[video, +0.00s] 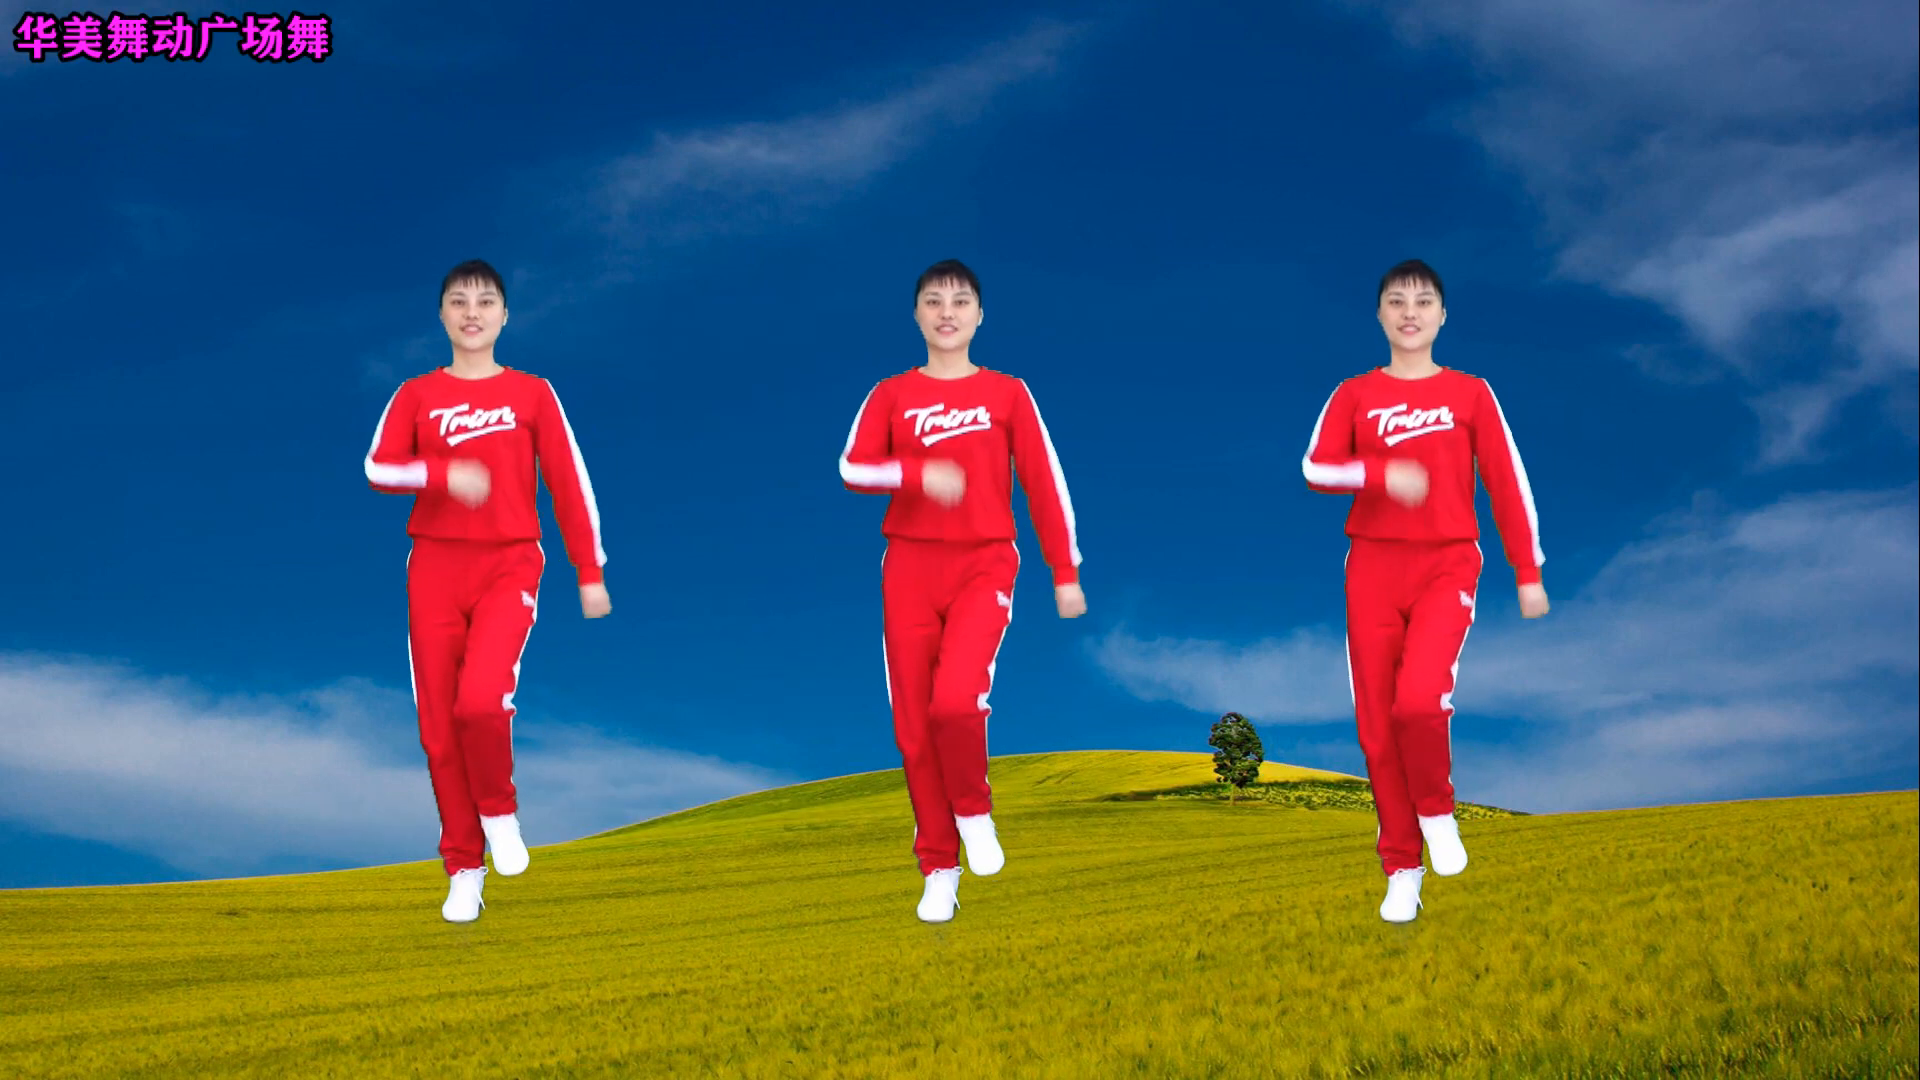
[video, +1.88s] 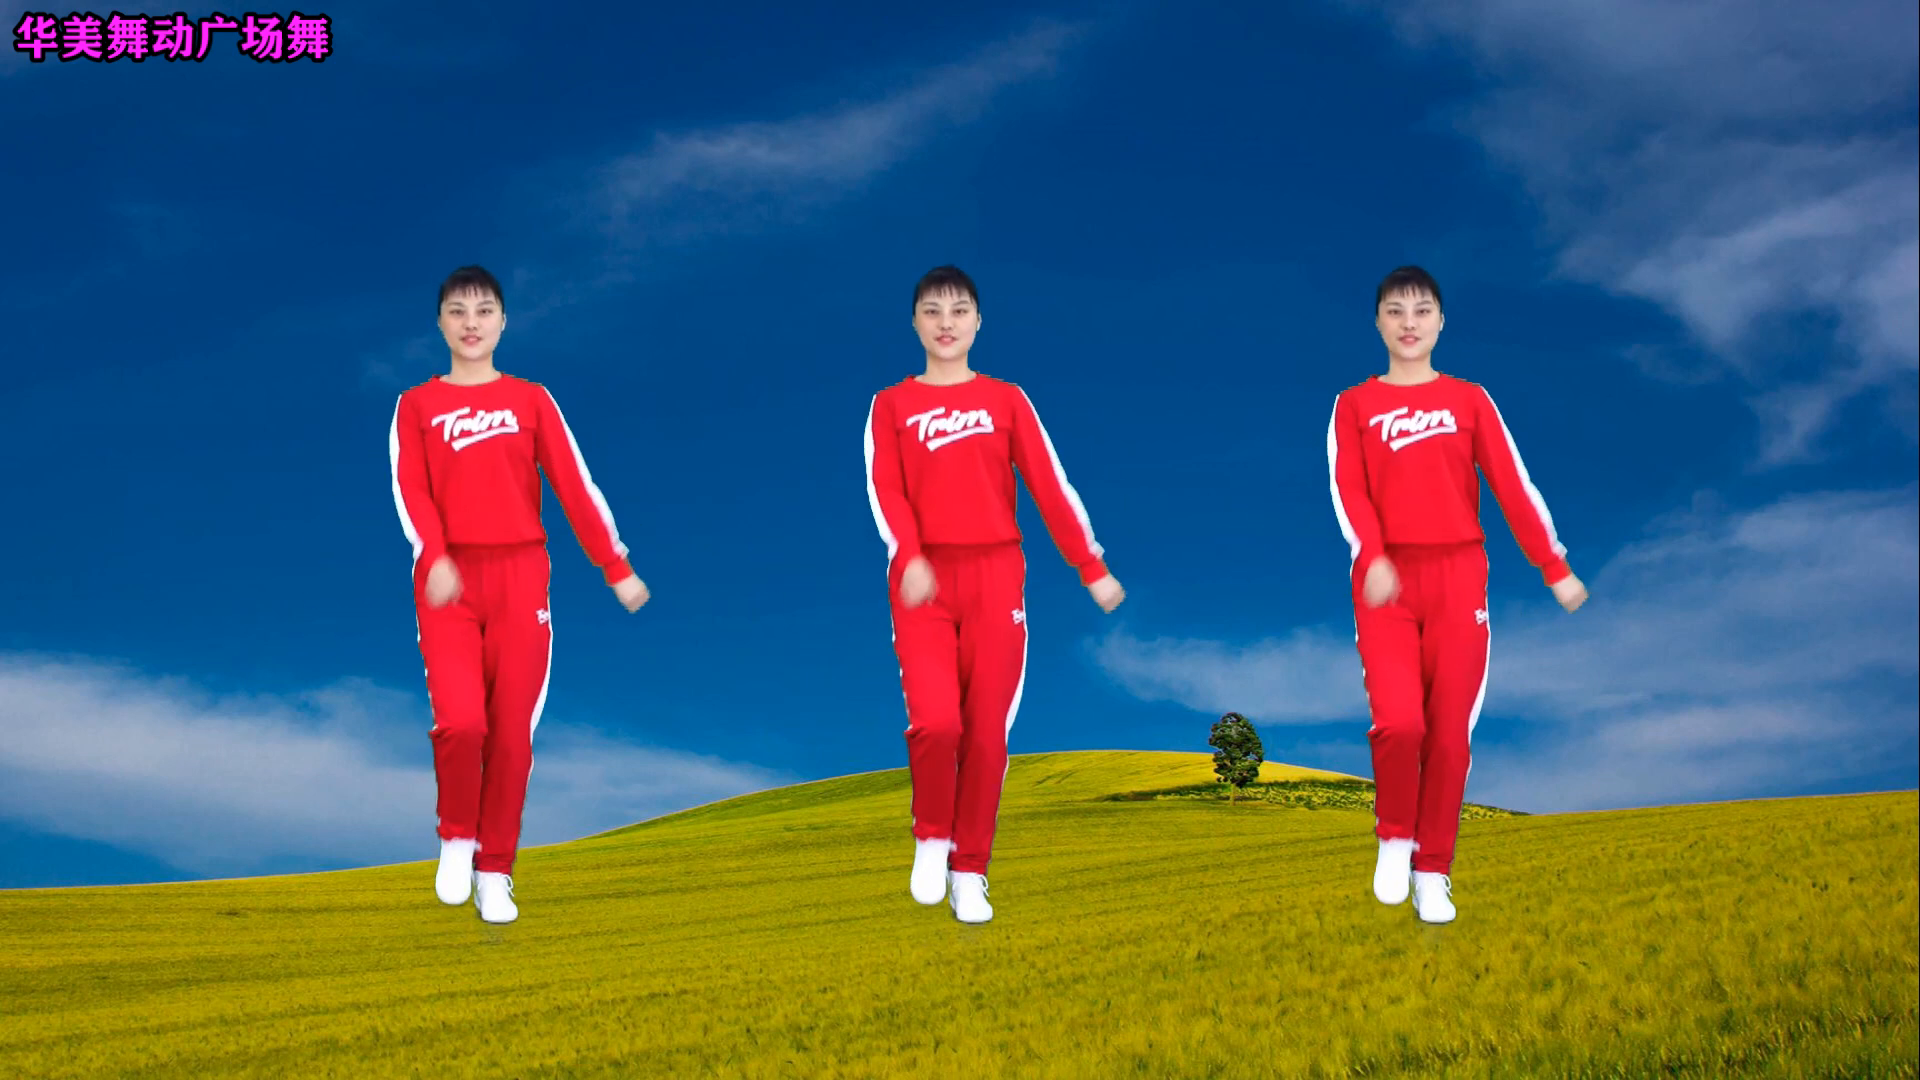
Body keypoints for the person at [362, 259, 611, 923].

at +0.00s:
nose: (473, 312)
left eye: (485, 302)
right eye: (460, 303)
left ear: (503, 314)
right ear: (443, 316)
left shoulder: (533, 393)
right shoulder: (414, 396)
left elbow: (570, 482)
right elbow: (378, 469)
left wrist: (590, 572)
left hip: (510, 568)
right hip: (435, 568)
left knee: (479, 706)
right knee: (436, 726)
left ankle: (498, 811)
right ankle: (463, 864)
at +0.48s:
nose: (480, 318)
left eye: (493, 308)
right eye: (468, 309)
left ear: (511, 321)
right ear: (450, 322)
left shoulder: (541, 399)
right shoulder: (426, 403)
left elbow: (580, 488)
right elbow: (418, 489)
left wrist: (616, 573)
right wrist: (442, 557)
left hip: (531, 574)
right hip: (456, 574)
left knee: (523, 725)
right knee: (470, 721)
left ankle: (507, 868)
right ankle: (469, 841)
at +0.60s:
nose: (482, 325)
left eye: (494, 315)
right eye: (469, 317)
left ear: (513, 328)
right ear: (453, 332)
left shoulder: (544, 409)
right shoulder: (429, 411)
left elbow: (559, 500)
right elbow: (410, 507)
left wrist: (545, 574)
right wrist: (399, 596)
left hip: (532, 582)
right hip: (457, 582)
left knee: (533, 727)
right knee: (487, 703)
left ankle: (507, 868)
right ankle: (474, 807)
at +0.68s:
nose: (482, 314)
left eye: (493, 304)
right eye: (469, 306)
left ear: (512, 316)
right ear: (453, 321)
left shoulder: (543, 393)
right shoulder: (428, 401)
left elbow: (566, 470)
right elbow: (391, 488)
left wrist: (515, 496)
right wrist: (366, 572)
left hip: (532, 572)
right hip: (457, 571)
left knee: (528, 718)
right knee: (487, 695)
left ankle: (509, 867)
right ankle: (477, 808)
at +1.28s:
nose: (465, 328)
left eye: (478, 318)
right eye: (453, 318)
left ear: (495, 330)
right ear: (436, 329)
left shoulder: (523, 407)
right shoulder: (408, 411)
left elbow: (531, 501)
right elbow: (392, 498)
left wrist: (527, 585)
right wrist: (410, 570)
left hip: (497, 583)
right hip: (426, 584)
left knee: (471, 716)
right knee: (424, 735)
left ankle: (492, 810)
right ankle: (452, 867)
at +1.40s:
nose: (464, 310)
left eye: (477, 300)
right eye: (452, 300)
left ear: (494, 312)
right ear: (434, 312)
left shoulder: (522, 390)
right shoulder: (404, 393)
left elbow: (561, 478)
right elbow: (367, 472)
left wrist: (580, 566)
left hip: (499, 566)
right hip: (424, 568)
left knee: (473, 710)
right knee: (430, 723)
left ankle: (489, 819)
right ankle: (454, 863)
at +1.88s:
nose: (471, 323)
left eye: (484, 311)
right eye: (458, 312)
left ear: (501, 321)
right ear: (442, 323)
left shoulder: (532, 399)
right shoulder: (416, 404)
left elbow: (576, 486)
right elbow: (410, 488)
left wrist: (617, 567)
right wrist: (433, 556)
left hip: (522, 573)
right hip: (447, 575)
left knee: (513, 728)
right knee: (460, 721)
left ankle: (495, 869)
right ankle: (457, 838)